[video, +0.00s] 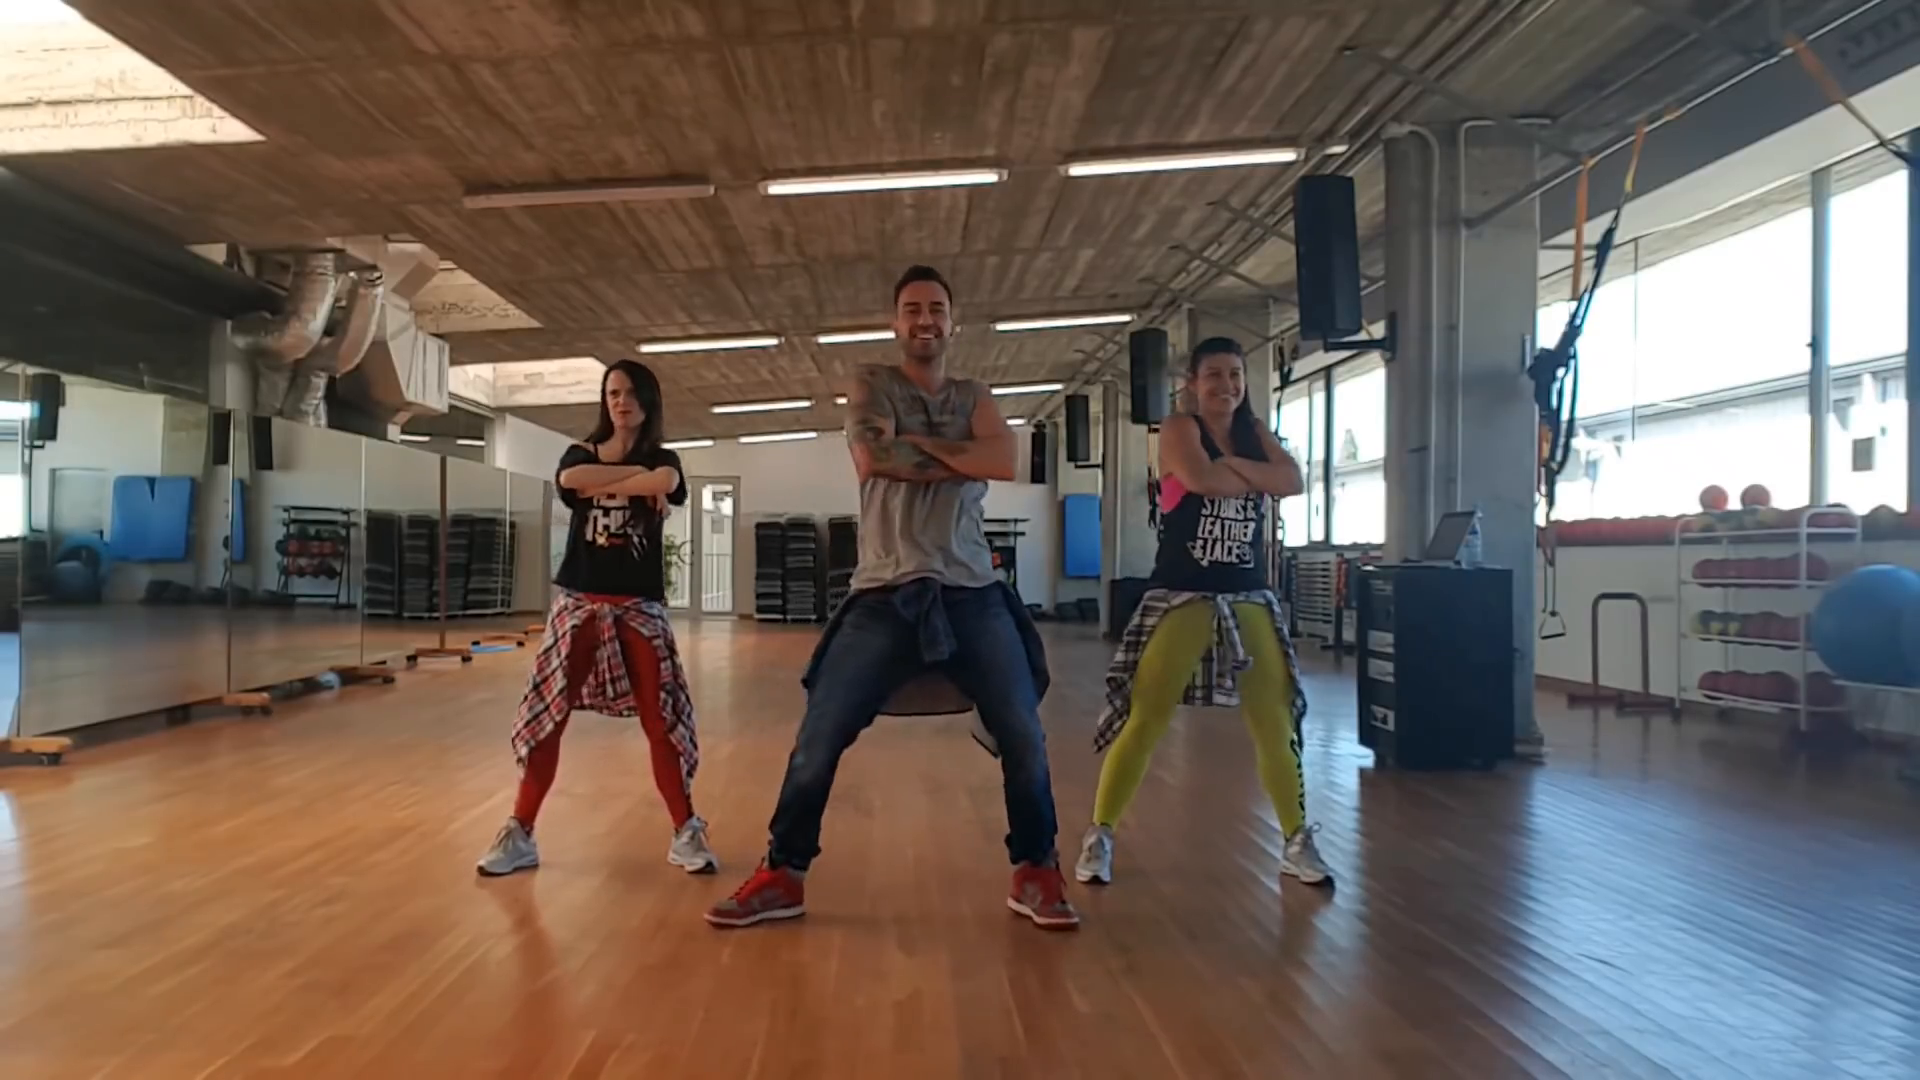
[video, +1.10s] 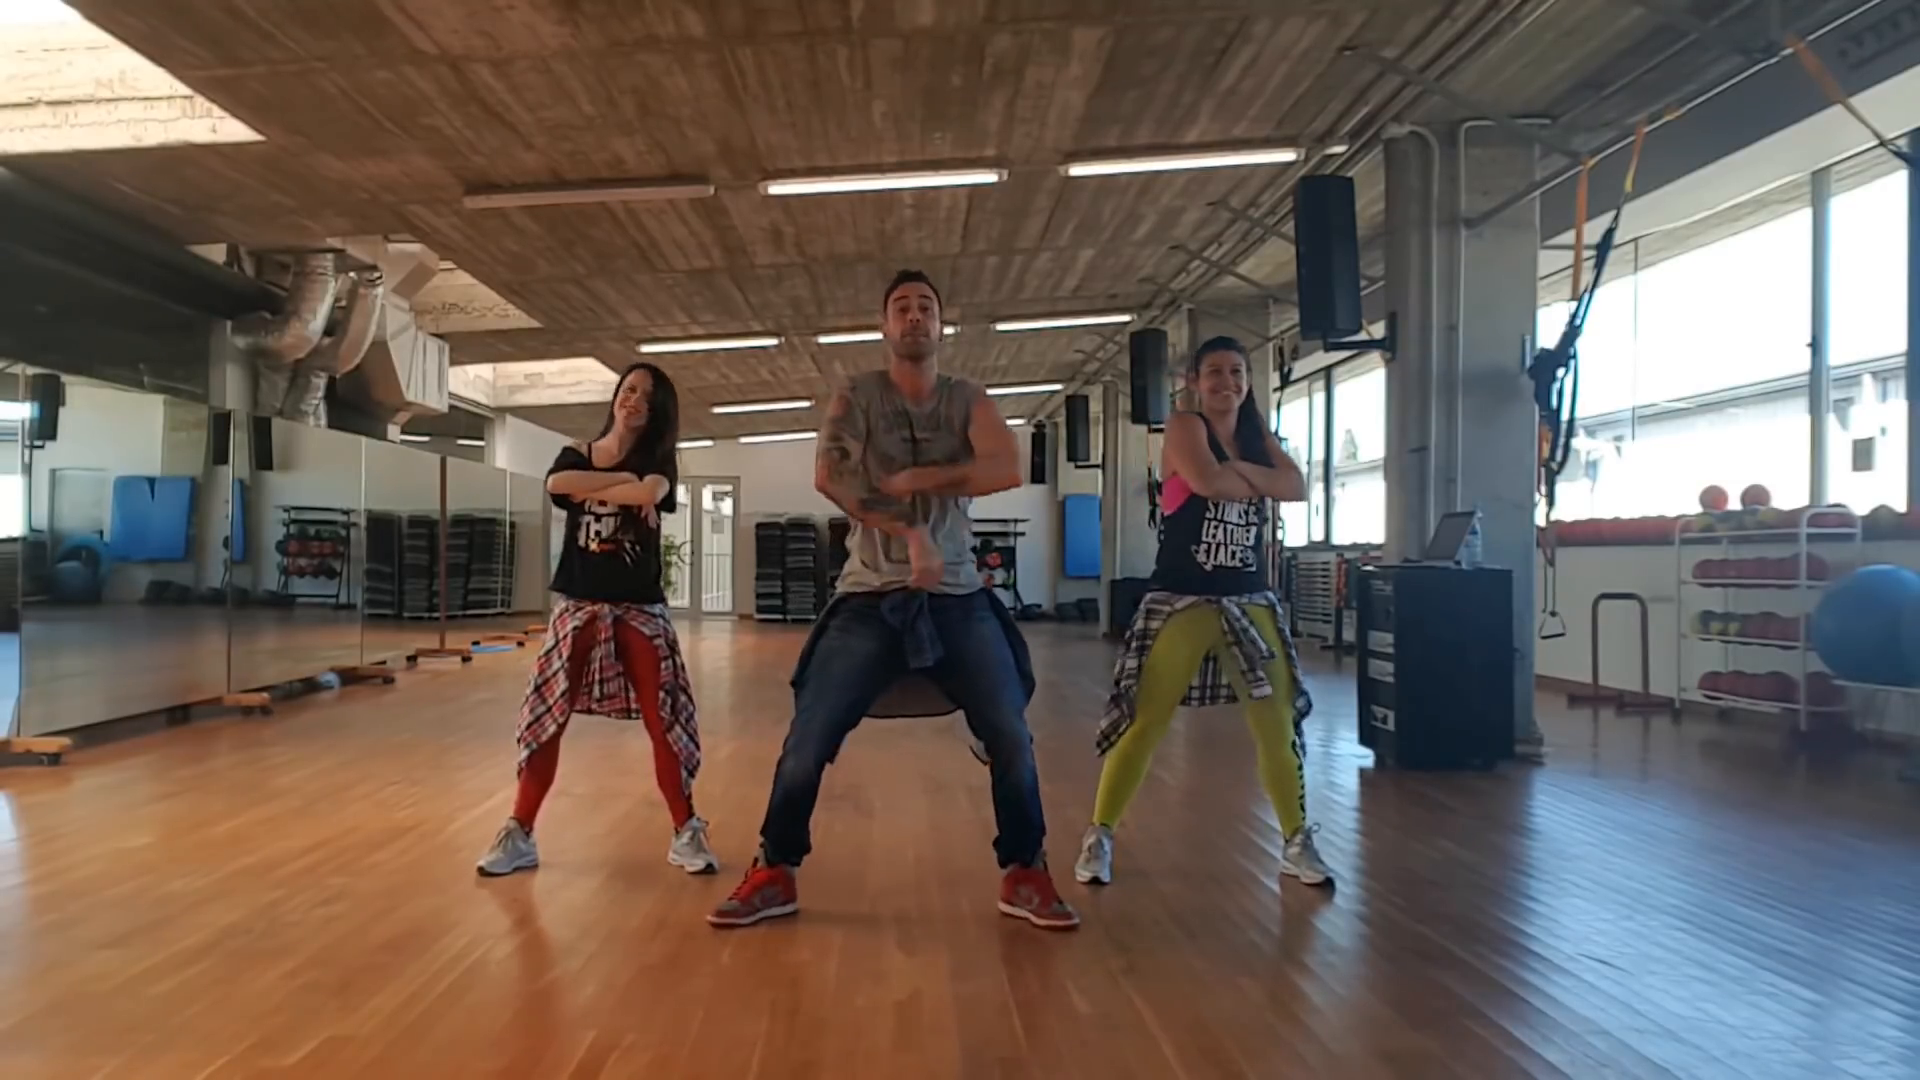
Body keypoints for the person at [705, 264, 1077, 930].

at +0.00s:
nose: (924, 319)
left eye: (935, 310)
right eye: (913, 310)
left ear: (951, 323)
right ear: (894, 322)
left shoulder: (975, 398)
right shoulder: (871, 385)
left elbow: (1004, 463)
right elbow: (870, 462)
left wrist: (910, 443)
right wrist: (966, 466)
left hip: (970, 591)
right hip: (882, 592)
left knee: (1021, 728)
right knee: (822, 727)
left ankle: (1036, 873)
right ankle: (784, 875)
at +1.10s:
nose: (914, 315)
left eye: (924, 307)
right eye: (902, 307)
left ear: (942, 326)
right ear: (883, 327)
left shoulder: (969, 399)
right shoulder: (854, 396)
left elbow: (1007, 470)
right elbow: (829, 479)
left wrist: (924, 478)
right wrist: (906, 531)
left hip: (957, 597)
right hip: (868, 598)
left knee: (1008, 731)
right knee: (809, 733)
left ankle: (1025, 873)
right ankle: (775, 872)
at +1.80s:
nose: (924, 320)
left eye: (935, 310)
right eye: (913, 309)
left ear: (951, 322)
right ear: (893, 321)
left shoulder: (970, 397)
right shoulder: (861, 395)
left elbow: (1005, 428)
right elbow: (792, 449)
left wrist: (1004, 333)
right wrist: (754, 399)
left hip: (957, 592)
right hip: (869, 590)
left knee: (1019, 728)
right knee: (807, 724)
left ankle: (1034, 868)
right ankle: (754, 863)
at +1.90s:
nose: (931, 330)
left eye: (942, 320)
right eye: (919, 319)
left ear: (958, 331)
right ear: (900, 330)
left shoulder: (980, 402)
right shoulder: (871, 409)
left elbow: (1005, 436)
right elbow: (793, 461)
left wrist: (995, 338)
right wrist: (755, 391)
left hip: (975, 601)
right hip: (889, 600)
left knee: (1032, 739)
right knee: (820, 739)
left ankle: (1032, 873)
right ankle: (758, 864)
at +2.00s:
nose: (934, 345)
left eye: (945, 333)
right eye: (922, 333)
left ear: (961, 342)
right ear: (904, 342)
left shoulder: (985, 410)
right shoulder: (878, 421)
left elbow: (990, 446)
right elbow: (805, 468)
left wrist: (972, 349)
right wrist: (764, 383)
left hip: (984, 606)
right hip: (897, 606)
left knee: (1031, 740)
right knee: (829, 743)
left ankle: (1033, 874)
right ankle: (809, 874)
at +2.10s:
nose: (923, 347)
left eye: (934, 336)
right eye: (911, 335)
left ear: (950, 344)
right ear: (894, 343)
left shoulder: (972, 409)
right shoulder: (868, 415)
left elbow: (989, 444)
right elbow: (811, 452)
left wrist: (980, 346)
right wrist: (764, 382)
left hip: (970, 602)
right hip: (885, 599)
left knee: (1007, 739)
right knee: (803, 720)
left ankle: (1036, 870)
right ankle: (808, 867)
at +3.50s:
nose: (921, 362)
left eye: (931, 348)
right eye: (909, 350)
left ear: (951, 350)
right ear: (895, 355)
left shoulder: (978, 413)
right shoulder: (878, 425)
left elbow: (999, 442)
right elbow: (812, 461)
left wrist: (962, 353)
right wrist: (797, 376)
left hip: (977, 604)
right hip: (903, 603)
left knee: (1051, 731)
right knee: (851, 747)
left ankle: (1033, 870)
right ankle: (746, 832)